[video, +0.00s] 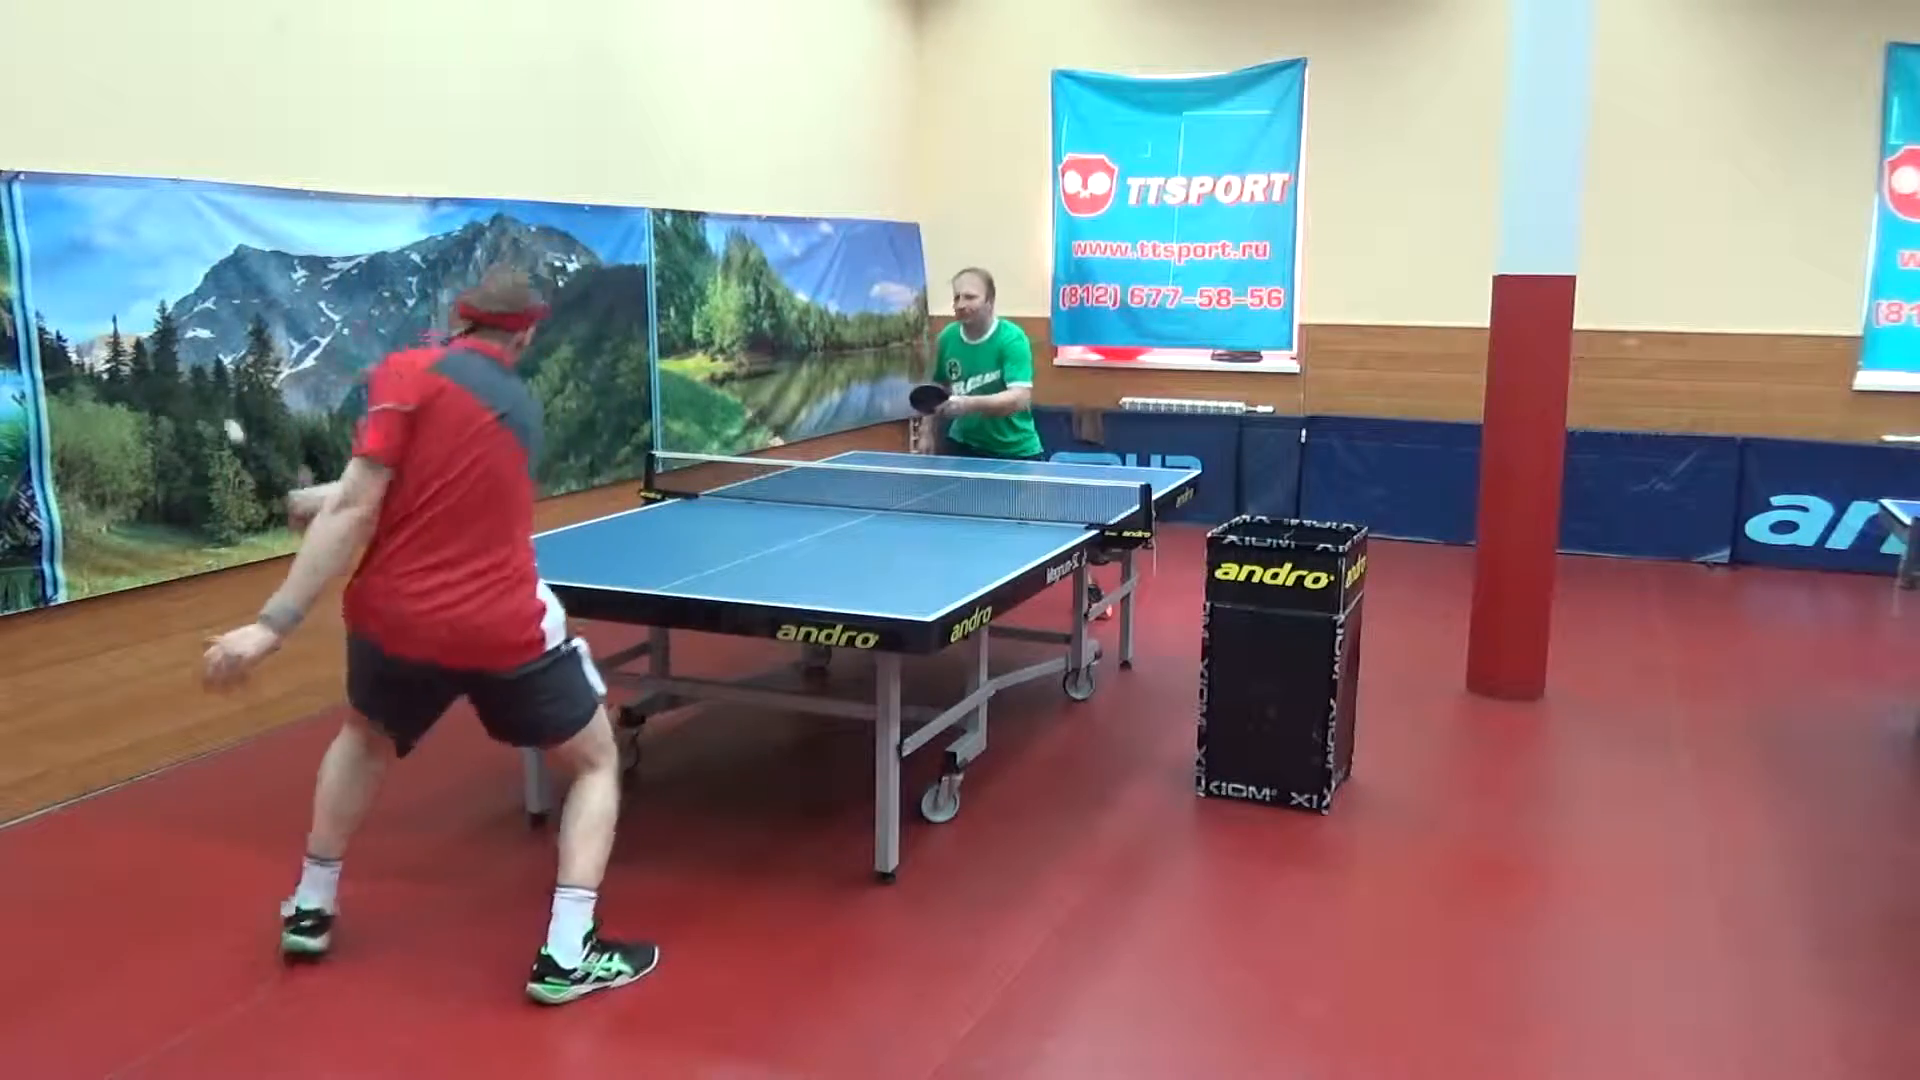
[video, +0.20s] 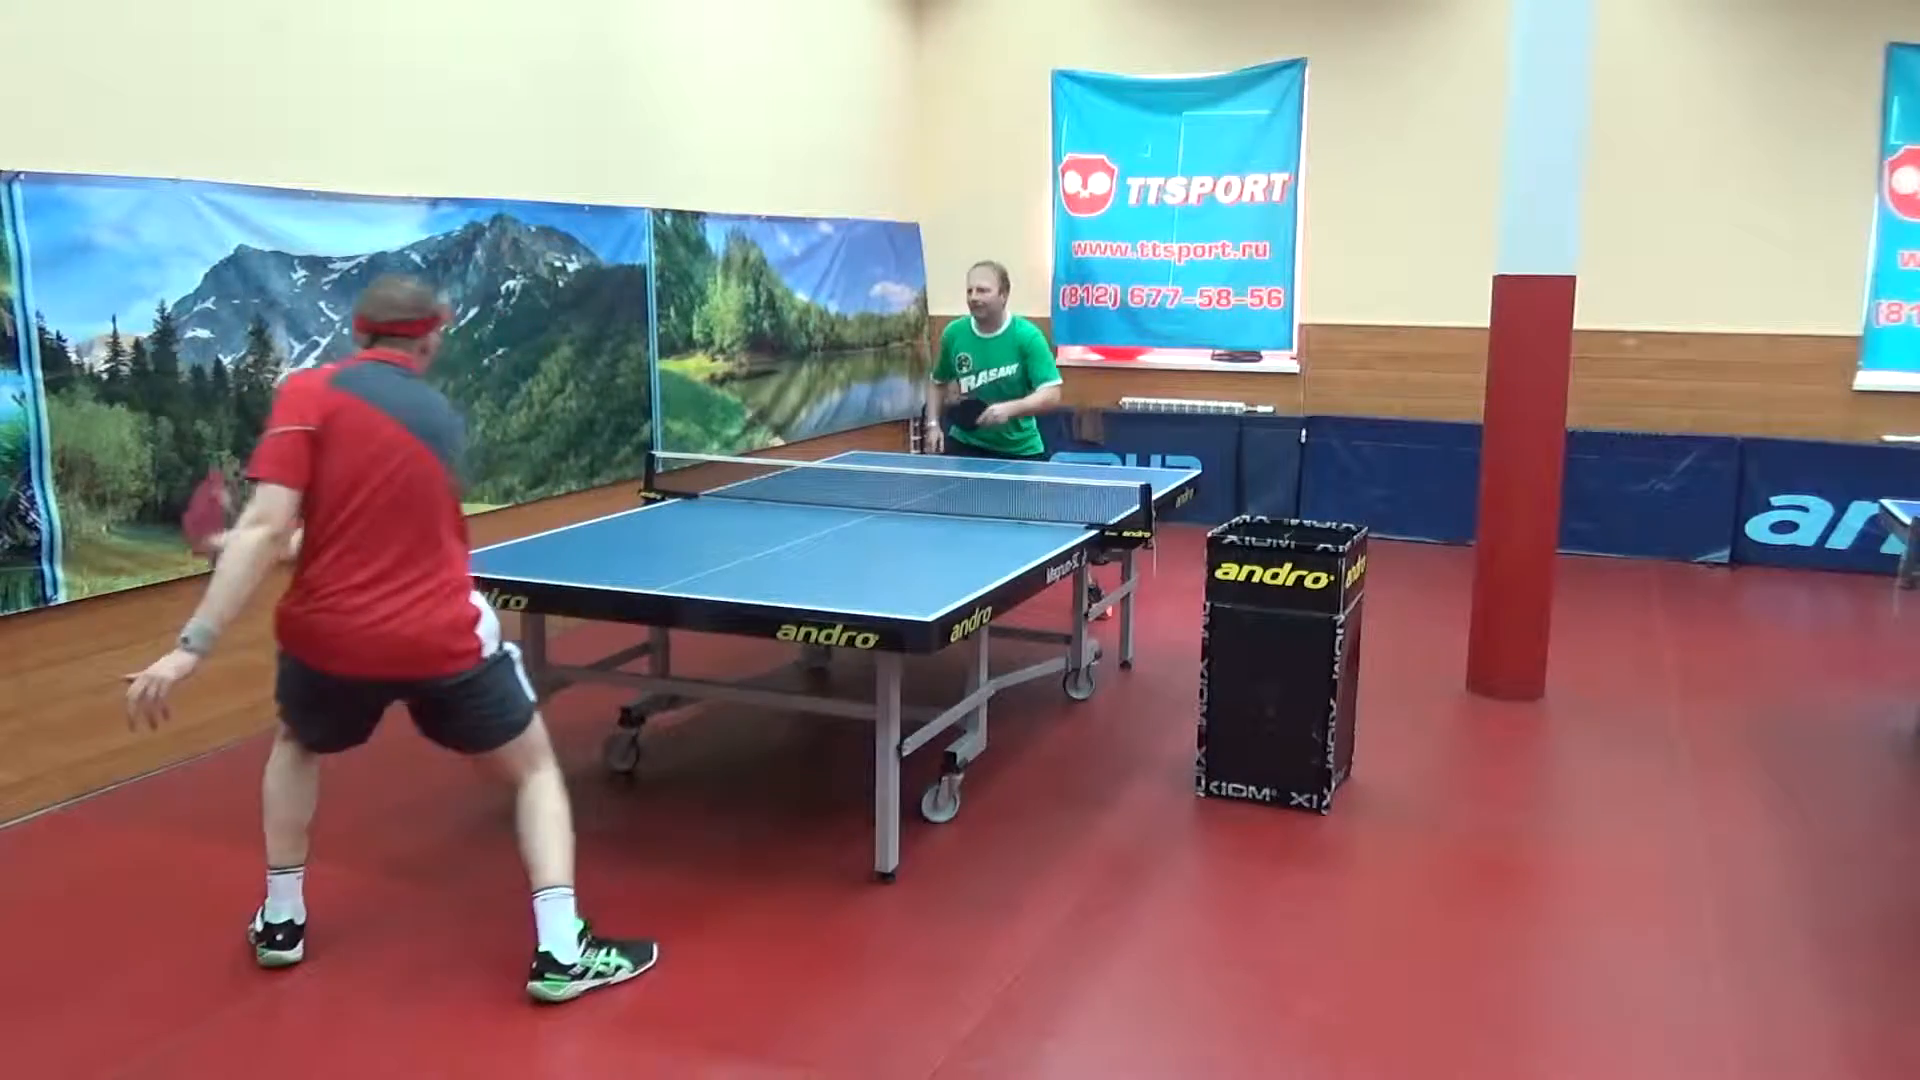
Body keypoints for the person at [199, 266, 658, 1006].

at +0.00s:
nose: (528, 349)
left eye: (528, 338)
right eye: (530, 338)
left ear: (457, 320)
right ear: (520, 335)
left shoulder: (404, 374)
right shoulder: (519, 402)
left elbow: (356, 506)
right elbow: (451, 482)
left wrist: (270, 626)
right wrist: (339, 497)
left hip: (394, 629)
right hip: (508, 630)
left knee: (364, 734)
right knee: (594, 762)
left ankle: (311, 905)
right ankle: (569, 949)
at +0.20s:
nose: (441, 346)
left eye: (440, 336)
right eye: (440, 336)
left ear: (357, 333)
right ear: (430, 338)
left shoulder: (307, 390)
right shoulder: (440, 414)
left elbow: (268, 526)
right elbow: (380, 525)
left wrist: (190, 646)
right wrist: (262, 545)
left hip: (330, 643)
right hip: (445, 638)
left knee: (299, 744)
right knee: (535, 768)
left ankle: (282, 919)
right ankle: (562, 947)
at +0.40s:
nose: (366, 302)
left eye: (363, 291)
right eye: (365, 291)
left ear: (283, 290)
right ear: (353, 293)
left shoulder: (223, 355)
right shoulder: (384, 377)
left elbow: (193, 490)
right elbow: (404, 515)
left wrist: (161, 605)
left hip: (271, 603)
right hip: (386, 595)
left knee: (279, 737)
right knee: (476, 750)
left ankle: (281, 922)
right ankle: (547, 939)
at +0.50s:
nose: (350, 284)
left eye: (346, 272)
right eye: (349, 273)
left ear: (265, 271)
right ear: (337, 273)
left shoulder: (199, 339)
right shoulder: (373, 356)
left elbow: (171, 480)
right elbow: (417, 494)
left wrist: (153, 588)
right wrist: (451, 599)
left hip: (254, 584)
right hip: (367, 574)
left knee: (273, 736)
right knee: (449, 747)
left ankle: (280, 918)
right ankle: (506, 943)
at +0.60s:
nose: (346, 267)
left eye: (342, 255)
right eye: (343, 255)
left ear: (256, 259)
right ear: (327, 257)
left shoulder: (191, 326)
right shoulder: (359, 335)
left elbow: (165, 474)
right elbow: (439, 464)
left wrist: (154, 574)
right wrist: (499, 557)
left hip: (244, 578)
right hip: (354, 569)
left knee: (273, 732)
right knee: (417, 747)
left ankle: (280, 918)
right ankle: (450, 955)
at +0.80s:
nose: (504, 247)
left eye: (499, 233)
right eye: (503, 234)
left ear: (412, 235)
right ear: (487, 235)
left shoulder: (334, 326)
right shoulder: (498, 343)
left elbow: (314, 478)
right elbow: (527, 492)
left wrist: (320, 581)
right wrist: (569, 519)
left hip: (383, 608)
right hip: (498, 609)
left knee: (356, 783)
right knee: (577, 762)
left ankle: (316, 988)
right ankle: (626, 950)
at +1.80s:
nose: (518, 260)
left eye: (514, 246)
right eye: (517, 246)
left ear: (432, 240)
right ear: (500, 244)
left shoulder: (345, 324)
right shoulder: (509, 344)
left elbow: (316, 474)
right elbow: (537, 493)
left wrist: (323, 576)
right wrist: (577, 518)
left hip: (378, 604)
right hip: (495, 607)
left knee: (354, 783)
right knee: (573, 764)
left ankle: (316, 987)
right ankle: (625, 949)